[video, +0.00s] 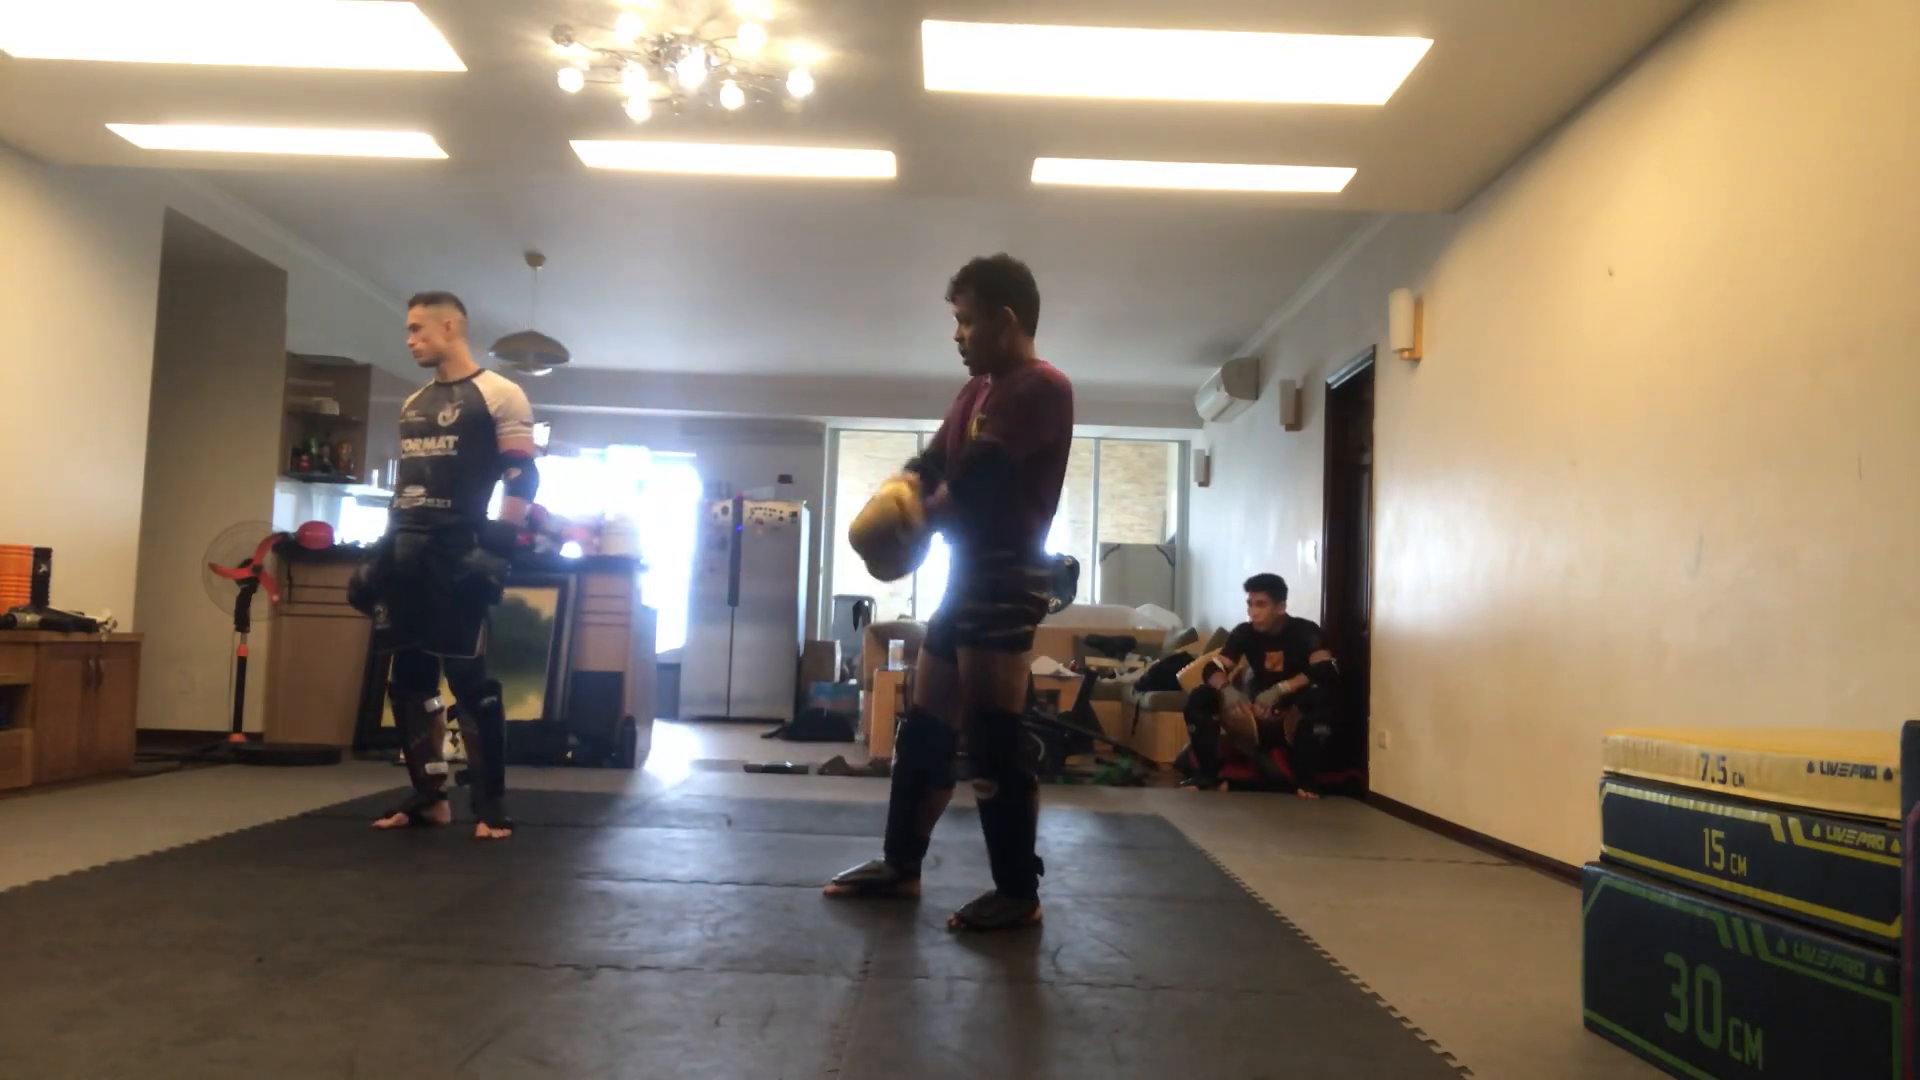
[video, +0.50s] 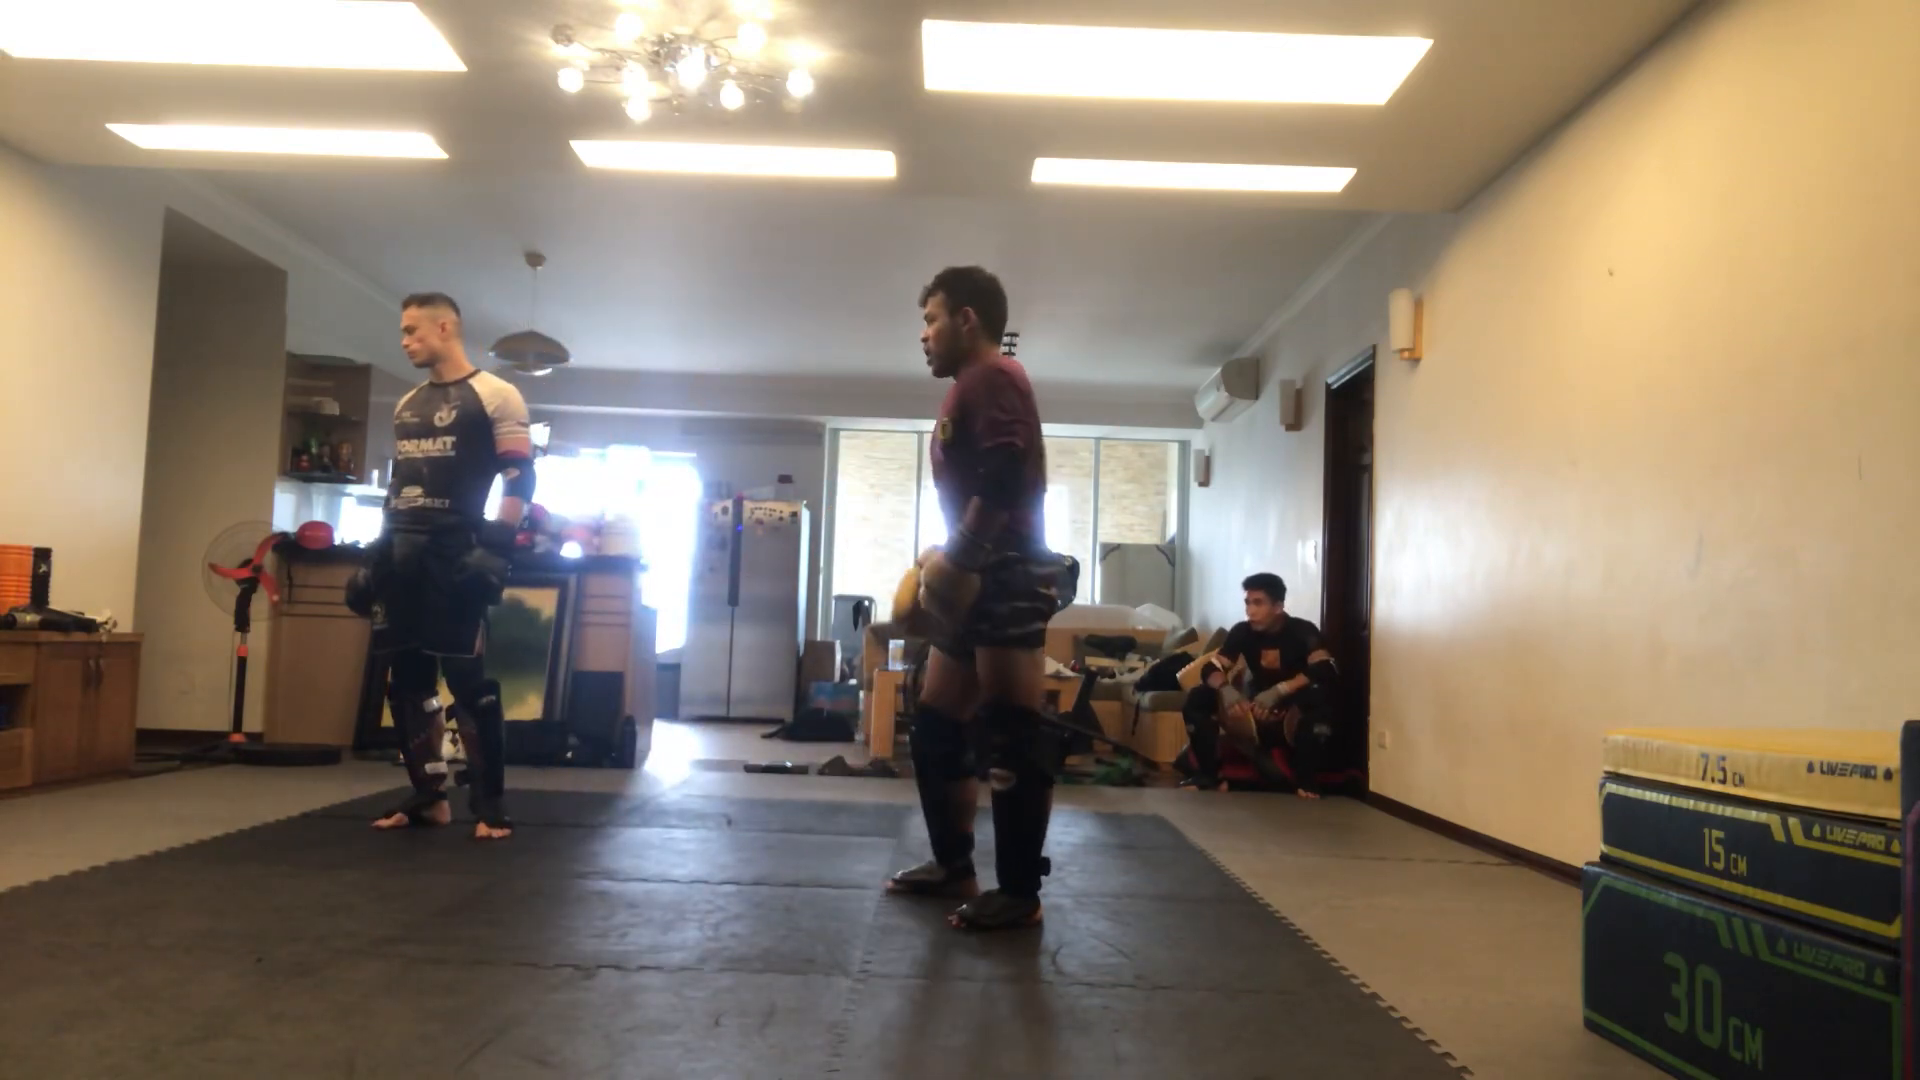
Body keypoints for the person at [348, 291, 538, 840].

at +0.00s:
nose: (410, 340)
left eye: (417, 329)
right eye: (409, 330)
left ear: (452, 328)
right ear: (438, 331)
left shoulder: (501, 395)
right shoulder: (414, 404)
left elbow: (519, 485)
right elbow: (408, 492)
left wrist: (495, 552)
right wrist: (381, 559)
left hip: (463, 555)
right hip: (409, 554)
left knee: (467, 676)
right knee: (409, 679)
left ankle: (490, 805)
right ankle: (429, 798)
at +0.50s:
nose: (405, 342)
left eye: (412, 331)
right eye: (403, 333)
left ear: (446, 327)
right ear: (435, 330)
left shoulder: (498, 395)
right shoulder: (408, 404)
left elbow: (517, 484)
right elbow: (402, 490)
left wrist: (494, 552)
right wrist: (377, 558)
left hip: (458, 556)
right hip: (404, 555)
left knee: (466, 679)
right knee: (406, 681)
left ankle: (490, 806)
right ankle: (428, 798)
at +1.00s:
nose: (404, 342)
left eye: (411, 331)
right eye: (401, 333)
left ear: (446, 327)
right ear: (427, 332)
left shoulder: (497, 396)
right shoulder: (406, 404)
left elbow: (518, 485)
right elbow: (399, 489)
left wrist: (499, 552)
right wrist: (376, 555)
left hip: (460, 555)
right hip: (405, 555)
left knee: (467, 679)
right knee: (408, 681)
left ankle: (490, 805)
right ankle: (430, 799)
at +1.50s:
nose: (402, 341)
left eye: (409, 330)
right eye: (399, 332)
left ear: (444, 325)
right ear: (408, 335)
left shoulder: (495, 395)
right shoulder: (405, 404)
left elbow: (516, 486)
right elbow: (399, 491)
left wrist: (494, 553)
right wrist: (375, 557)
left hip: (458, 554)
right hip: (403, 554)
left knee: (465, 678)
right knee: (408, 680)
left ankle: (490, 807)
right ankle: (429, 799)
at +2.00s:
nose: (400, 340)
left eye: (407, 329)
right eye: (397, 331)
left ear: (442, 324)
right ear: (404, 334)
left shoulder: (494, 394)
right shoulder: (402, 402)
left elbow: (515, 485)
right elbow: (395, 490)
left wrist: (494, 552)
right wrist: (373, 555)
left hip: (458, 554)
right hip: (401, 554)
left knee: (465, 677)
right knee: (406, 680)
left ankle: (490, 806)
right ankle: (429, 800)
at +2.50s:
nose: (401, 339)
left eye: (408, 328)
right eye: (397, 330)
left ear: (443, 323)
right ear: (402, 333)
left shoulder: (493, 393)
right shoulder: (401, 401)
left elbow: (515, 484)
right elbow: (391, 488)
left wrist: (494, 553)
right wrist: (371, 553)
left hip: (457, 554)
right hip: (401, 553)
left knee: (465, 677)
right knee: (407, 679)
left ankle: (490, 805)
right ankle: (429, 799)